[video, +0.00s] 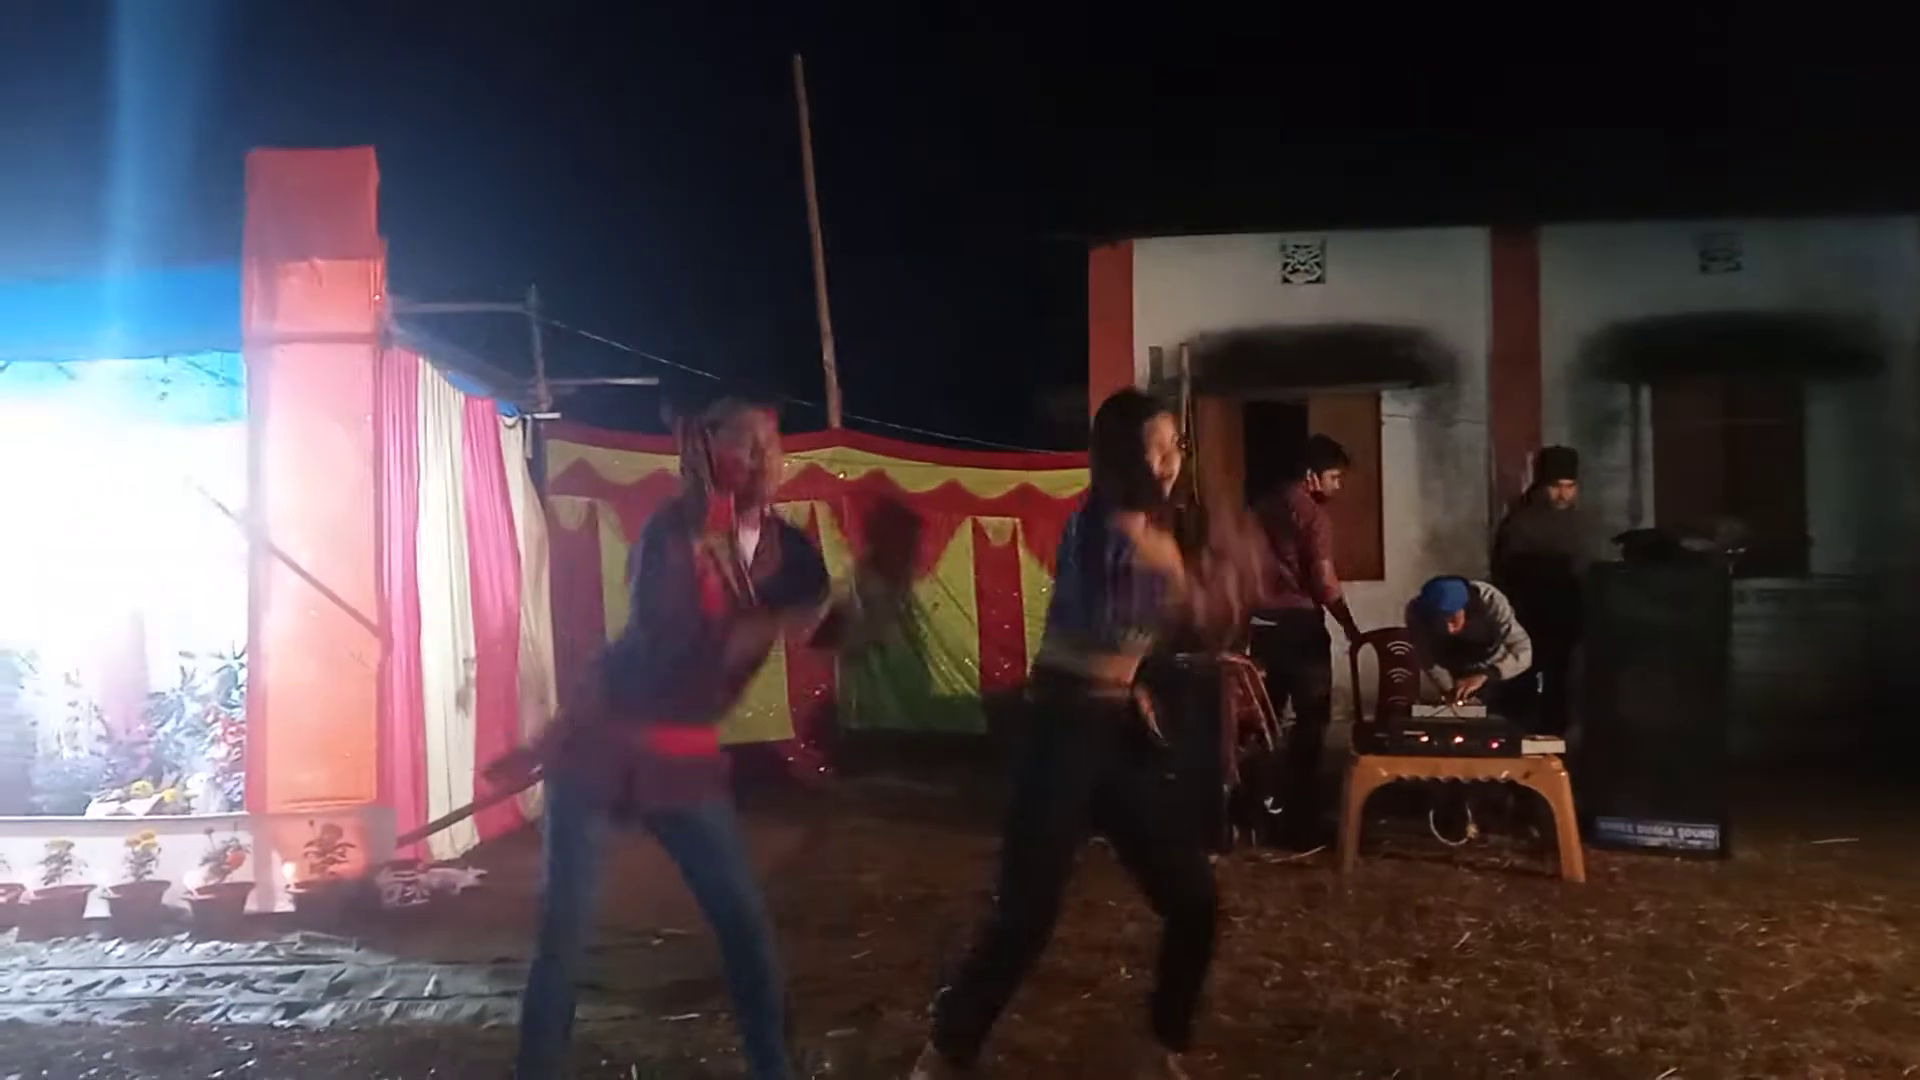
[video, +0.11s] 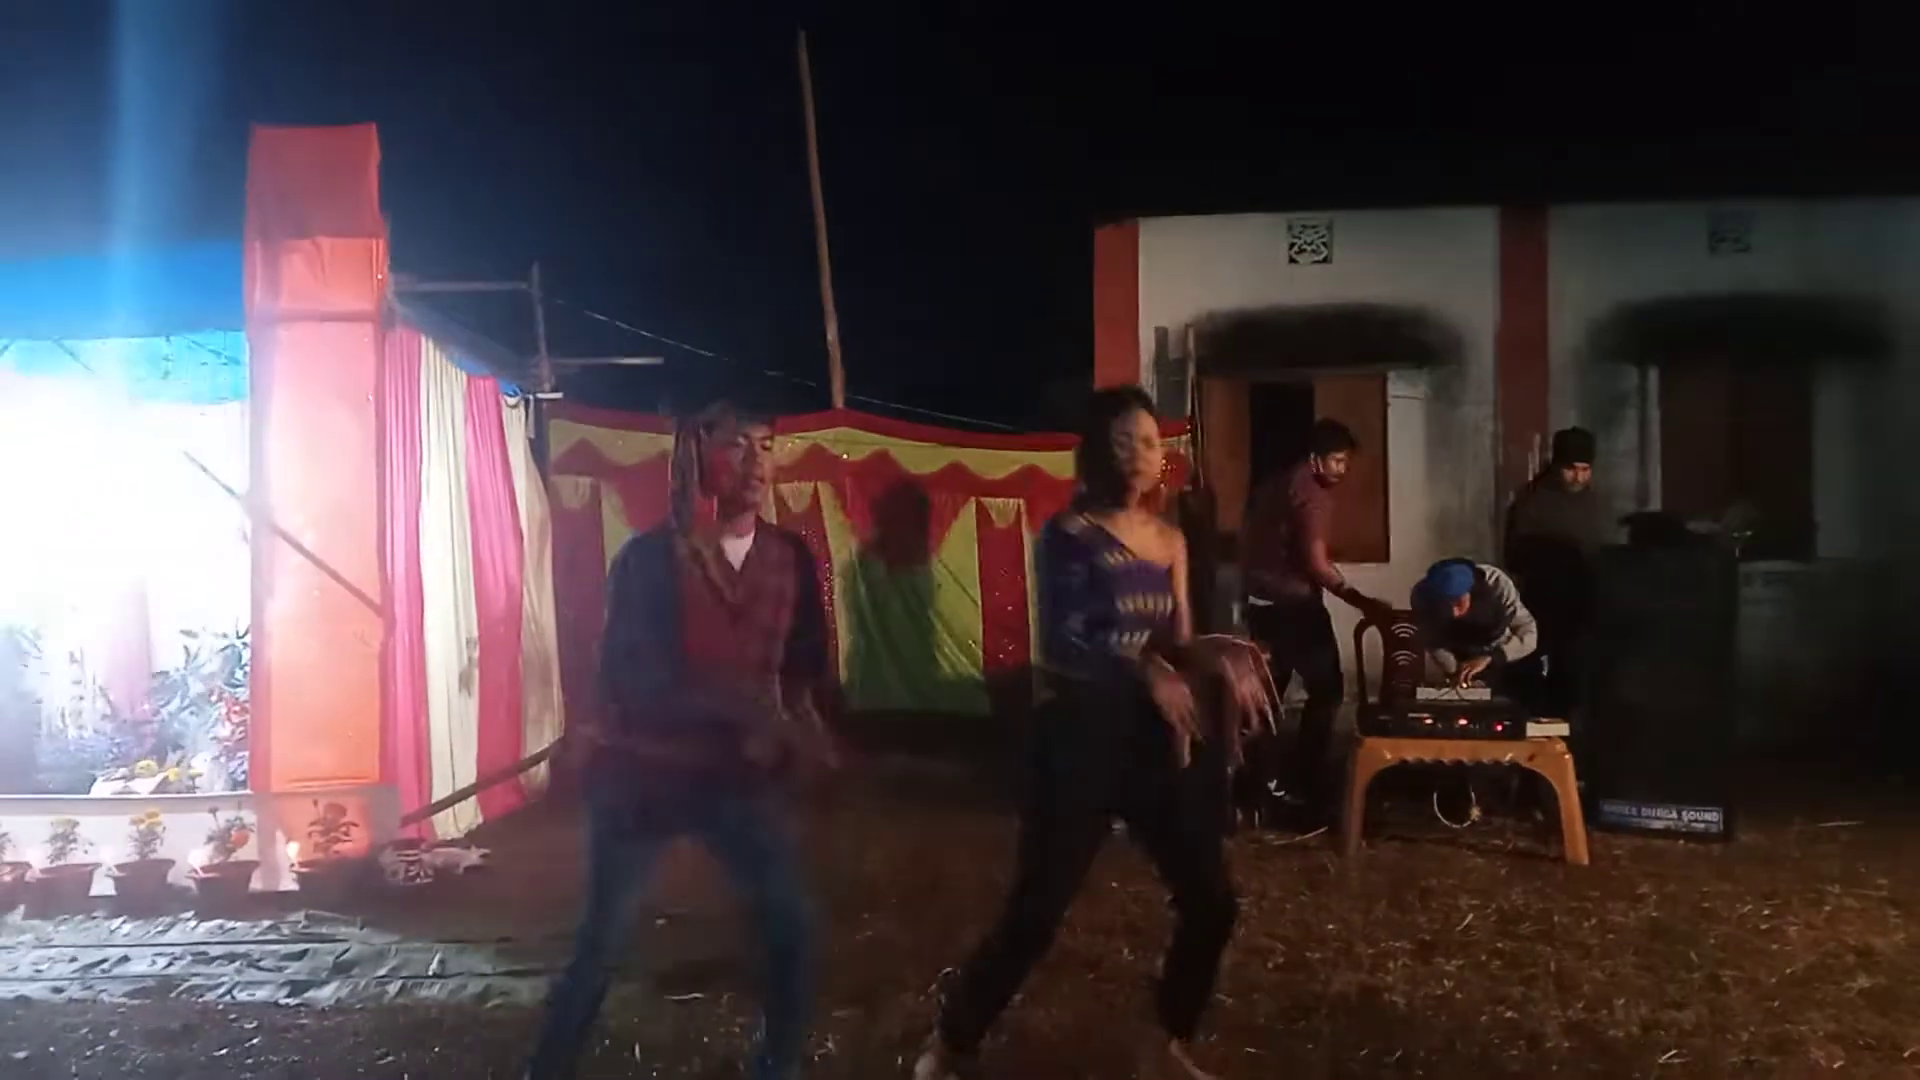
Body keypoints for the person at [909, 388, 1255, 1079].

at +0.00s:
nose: (1170, 461)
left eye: (1174, 446)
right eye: (1156, 448)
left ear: (1179, 450)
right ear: (1121, 453)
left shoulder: (1155, 528)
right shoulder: (1096, 523)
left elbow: (1201, 624)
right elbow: (1080, 639)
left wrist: (1172, 563)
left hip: (1120, 723)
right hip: (1064, 722)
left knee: (1194, 901)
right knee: (1027, 910)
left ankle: (1166, 1047)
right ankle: (944, 1051)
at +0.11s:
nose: (1142, 455)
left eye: (1151, 442)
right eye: (1126, 444)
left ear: (1163, 450)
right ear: (1098, 452)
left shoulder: (1171, 539)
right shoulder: (1069, 537)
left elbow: (1179, 643)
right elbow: (1063, 648)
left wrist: (1225, 653)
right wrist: (1146, 673)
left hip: (1157, 736)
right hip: (1080, 734)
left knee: (1211, 901)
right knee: (1039, 906)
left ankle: (1170, 1042)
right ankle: (948, 1043)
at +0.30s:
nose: (1097, 411)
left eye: (1111, 397)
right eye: (1084, 397)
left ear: (1134, 405)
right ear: (1064, 407)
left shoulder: (1169, 476)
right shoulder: (1050, 485)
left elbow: (1242, 557)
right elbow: (1027, 593)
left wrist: (1193, 494)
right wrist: (1022, 524)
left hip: (1168, 669)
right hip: (1089, 668)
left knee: (1193, 854)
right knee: (1059, 850)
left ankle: (1193, 1022)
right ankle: (1036, 1023)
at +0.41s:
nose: (1081, 421)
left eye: (1093, 405)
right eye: (1070, 408)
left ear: (1123, 405)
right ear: (1056, 411)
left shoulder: (1165, 476)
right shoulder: (1051, 491)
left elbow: (1236, 540)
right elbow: (1018, 593)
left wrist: (1168, 487)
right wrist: (1023, 519)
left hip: (1172, 677)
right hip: (1090, 677)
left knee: (1210, 849)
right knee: (1069, 854)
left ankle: (1266, 1014)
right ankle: (1076, 1023)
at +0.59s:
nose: (1063, 477)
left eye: (1080, 465)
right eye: (1055, 463)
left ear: (1107, 473)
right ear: (1041, 468)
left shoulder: (1143, 537)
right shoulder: (1046, 561)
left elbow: (1176, 625)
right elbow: (1025, 655)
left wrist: (1081, 666)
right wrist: (1012, 680)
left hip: (1175, 745)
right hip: (1103, 750)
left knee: (1244, 909)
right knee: (1066, 912)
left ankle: (1340, 1055)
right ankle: (1080, 1054)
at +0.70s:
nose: (1064, 457)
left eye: (1080, 444)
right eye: (1055, 442)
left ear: (1111, 451)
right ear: (1043, 447)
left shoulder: (1145, 518)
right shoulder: (1056, 538)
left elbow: (1172, 613)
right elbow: (1024, 638)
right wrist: (1005, 594)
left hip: (1187, 707)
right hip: (1122, 712)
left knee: (1251, 881)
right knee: (1086, 887)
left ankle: (1337, 1047)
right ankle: (1082, 1049)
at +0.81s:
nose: (1078, 441)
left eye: (1093, 426)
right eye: (1066, 426)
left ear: (1118, 433)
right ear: (1045, 434)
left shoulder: (1155, 498)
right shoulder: (1057, 521)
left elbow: (1185, 595)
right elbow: (1012, 612)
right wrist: (1001, 526)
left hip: (1195, 685)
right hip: (1126, 697)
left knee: (1253, 864)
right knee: (1094, 873)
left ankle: (1333, 1038)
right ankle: (1085, 1040)